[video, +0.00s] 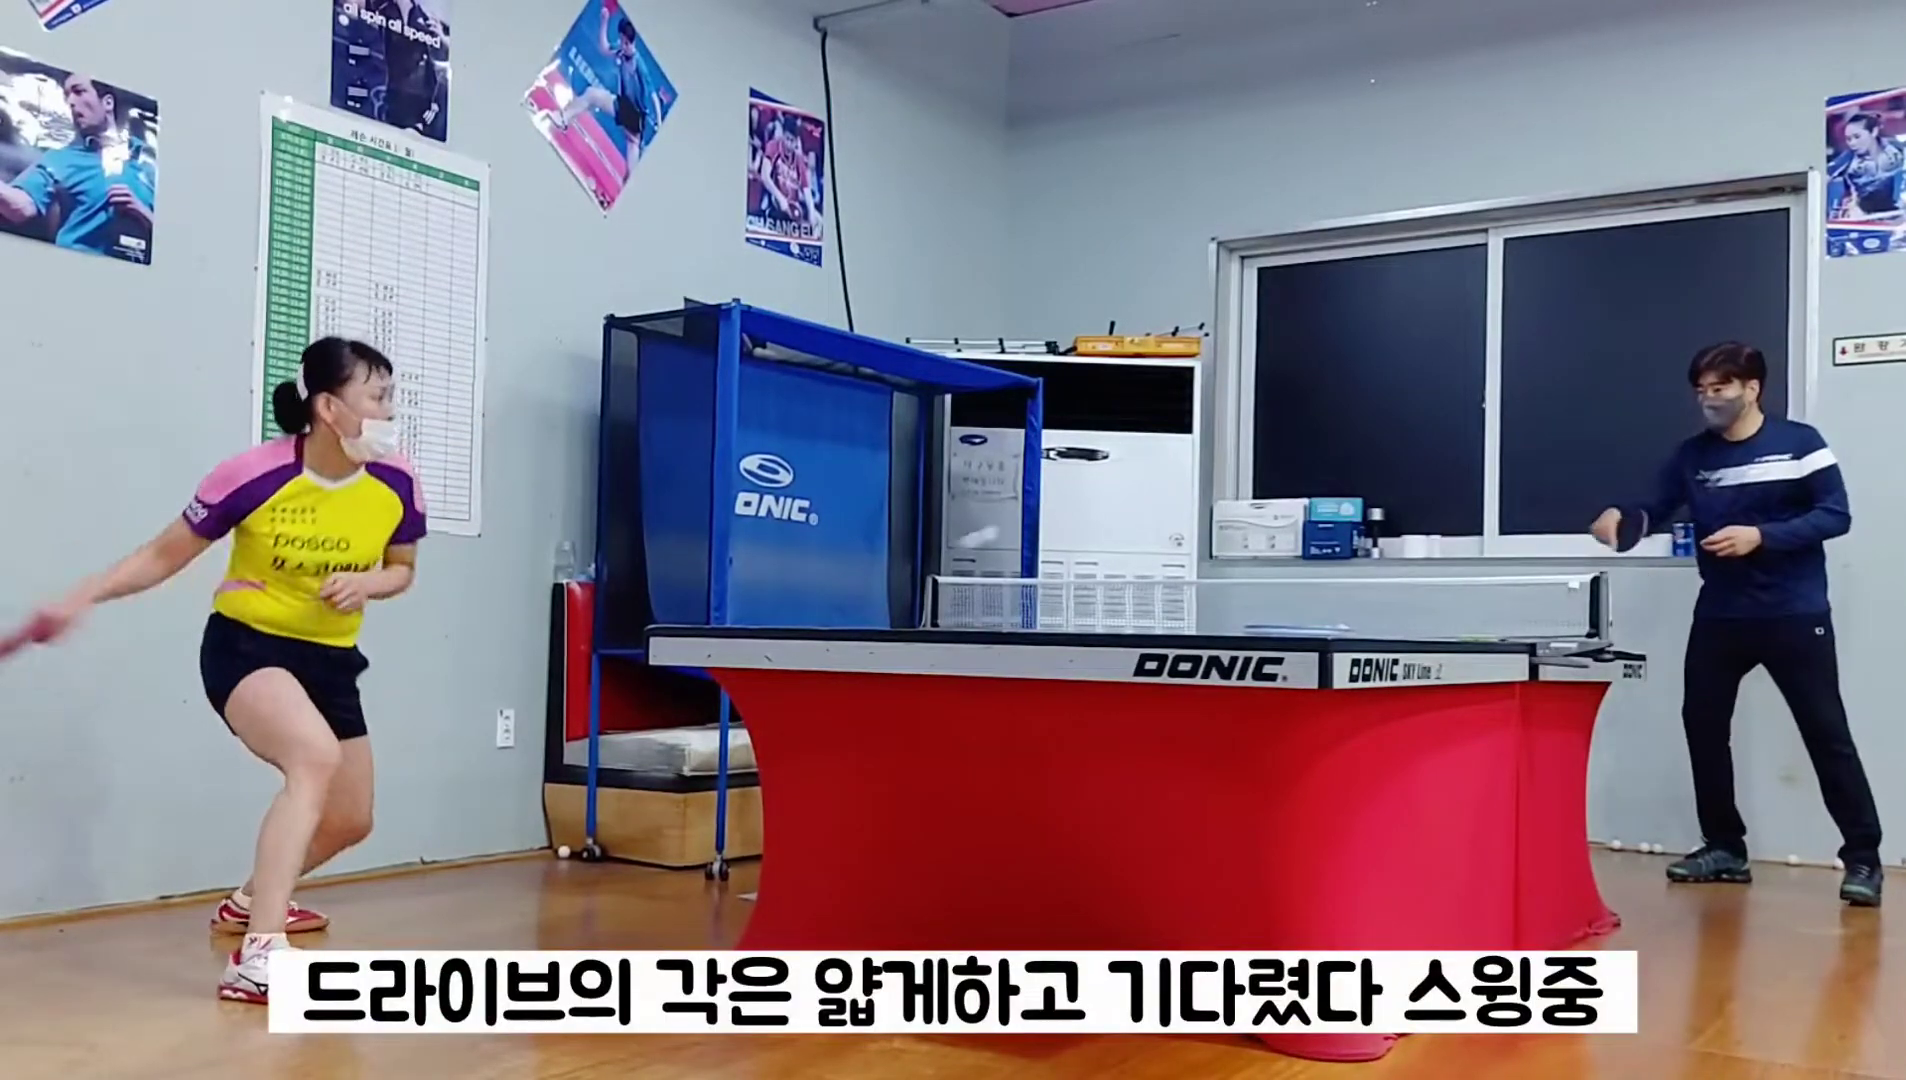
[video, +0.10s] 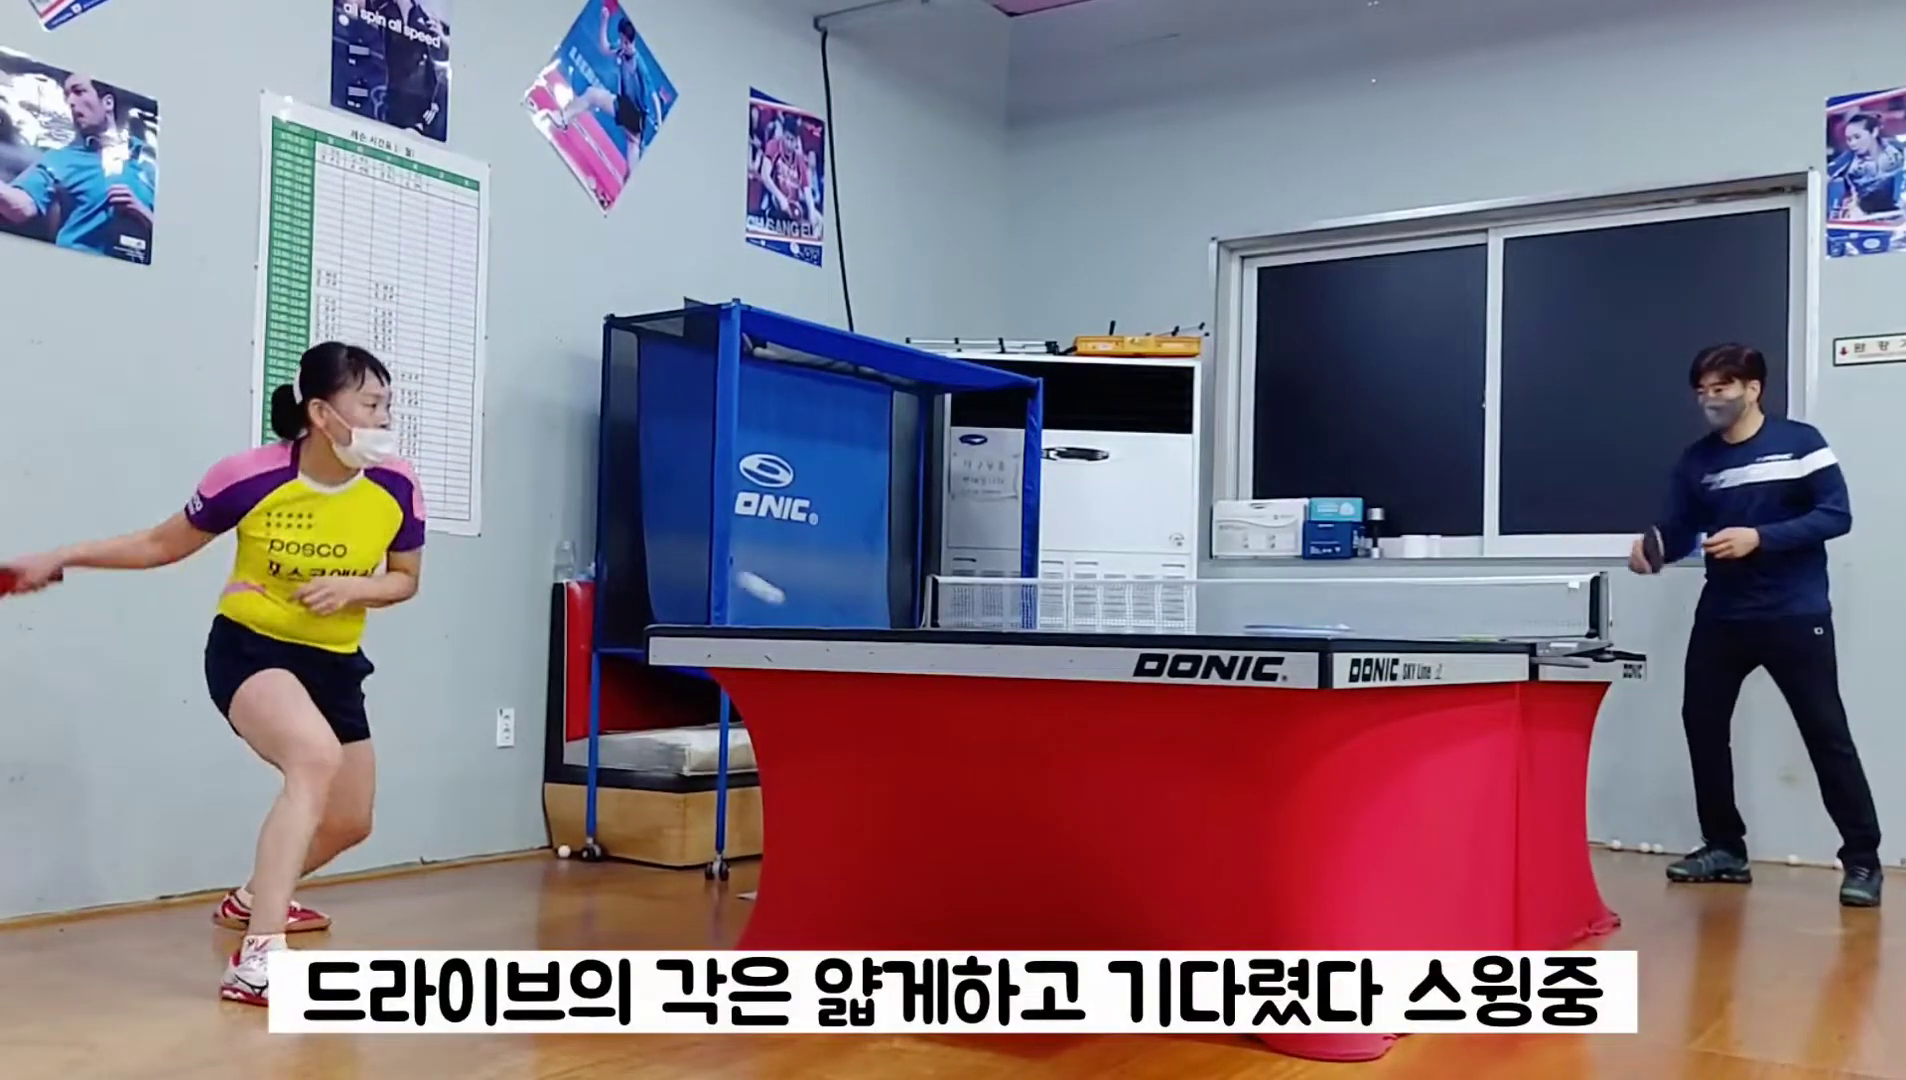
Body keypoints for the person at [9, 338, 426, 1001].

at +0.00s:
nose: (387, 412)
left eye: (388, 399)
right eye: (374, 399)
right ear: (326, 409)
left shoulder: (396, 484)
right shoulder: (254, 475)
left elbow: (401, 571)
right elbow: (165, 554)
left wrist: (371, 585)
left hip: (331, 661)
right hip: (246, 645)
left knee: (350, 820)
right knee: (313, 760)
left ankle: (251, 901)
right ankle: (260, 952)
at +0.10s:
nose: (382, 419)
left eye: (385, 405)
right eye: (368, 405)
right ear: (319, 413)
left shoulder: (397, 485)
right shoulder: (250, 478)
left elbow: (405, 580)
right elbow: (163, 544)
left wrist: (354, 589)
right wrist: (60, 559)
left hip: (334, 664)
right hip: (251, 648)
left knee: (349, 823)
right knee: (314, 760)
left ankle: (256, 898)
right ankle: (259, 955)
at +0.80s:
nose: (422, 338)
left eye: (422, 325)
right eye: (414, 324)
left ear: (378, 334)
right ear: (370, 330)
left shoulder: (378, 415)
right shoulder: (329, 391)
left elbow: (356, 517)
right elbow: (303, 508)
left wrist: (431, 550)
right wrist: (402, 536)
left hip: (335, 608)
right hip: (280, 603)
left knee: (362, 766)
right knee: (360, 763)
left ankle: (274, 893)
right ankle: (305, 949)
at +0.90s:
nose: (421, 378)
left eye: (422, 364)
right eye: (411, 363)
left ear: (373, 374)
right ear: (363, 373)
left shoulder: (415, 459)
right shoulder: (292, 450)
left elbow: (413, 538)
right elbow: (221, 550)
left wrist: (410, 560)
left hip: (355, 648)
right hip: (274, 636)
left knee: (370, 811)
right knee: (360, 771)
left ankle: (265, 898)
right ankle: (304, 957)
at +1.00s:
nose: (411, 414)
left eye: (413, 400)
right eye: (398, 399)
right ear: (349, 408)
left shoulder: (420, 480)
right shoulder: (281, 479)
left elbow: (431, 570)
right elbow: (189, 559)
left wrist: (404, 586)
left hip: (361, 664)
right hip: (277, 649)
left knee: (372, 834)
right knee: (360, 767)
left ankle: (267, 902)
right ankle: (304, 959)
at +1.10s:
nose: (414, 394)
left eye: (417, 381)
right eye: (401, 380)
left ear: (407, 390)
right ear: (350, 387)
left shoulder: (421, 466)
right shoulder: (282, 461)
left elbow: (426, 554)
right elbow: (189, 536)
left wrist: (408, 567)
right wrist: (84, 544)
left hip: (357, 651)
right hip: (277, 637)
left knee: (371, 813)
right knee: (364, 768)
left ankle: (269, 902)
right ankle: (306, 956)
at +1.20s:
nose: (433, 357)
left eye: (438, 344)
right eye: (422, 341)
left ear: (425, 351)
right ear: (371, 339)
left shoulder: (408, 426)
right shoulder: (313, 404)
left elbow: (379, 514)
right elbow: (231, 497)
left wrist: (405, 525)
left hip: (339, 616)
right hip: (277, 605)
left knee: (362, 764)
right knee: (354, 758)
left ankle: (285, 892)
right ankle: (301, 950)